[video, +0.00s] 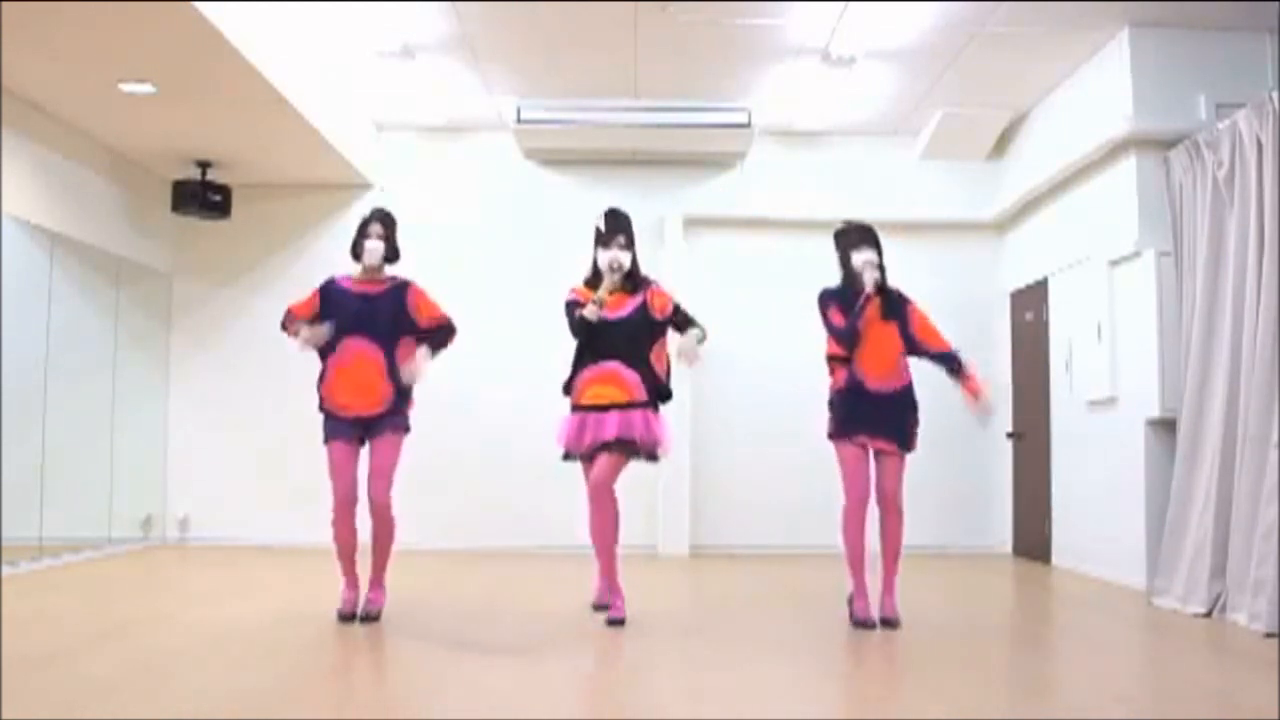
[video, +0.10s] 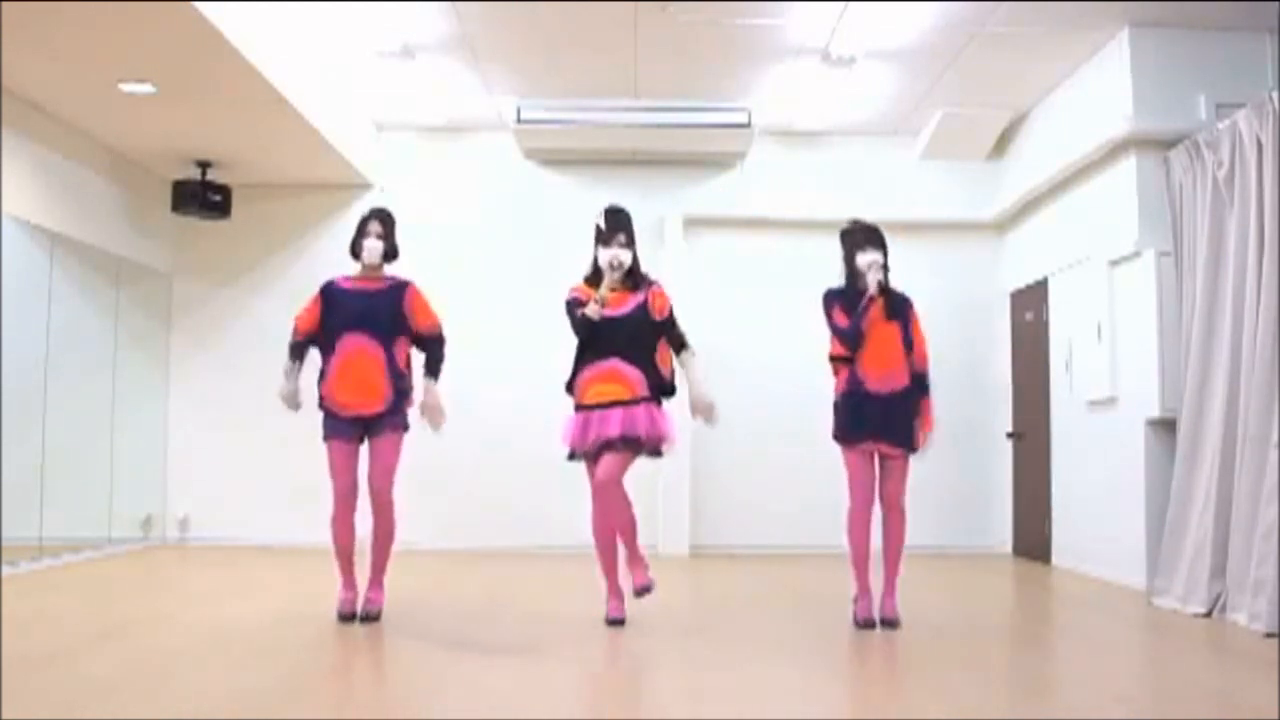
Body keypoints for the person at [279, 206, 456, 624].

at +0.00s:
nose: (374, 244)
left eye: (382, 238)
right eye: (368, 237)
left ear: (391, 247)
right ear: (356, 244)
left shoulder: (405, 293)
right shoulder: (333, 290)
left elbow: (444, 328)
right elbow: (289, 317)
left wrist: (419, 356)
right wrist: (307, 333)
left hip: (388, 408)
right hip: (340, 408)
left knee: (379, 498)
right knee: (344, 500)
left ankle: (376, 586)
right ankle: (349, 587)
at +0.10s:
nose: (372, 242)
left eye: (380, 237)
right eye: (367, 236)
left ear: (391, 246)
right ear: (355, 243)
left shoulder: (404, 293)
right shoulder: (332, 291)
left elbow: (432, 338)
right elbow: (303, 332)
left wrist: (431, 385)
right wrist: (292, 372)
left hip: (388, 407)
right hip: (340, 406)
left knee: (380, 493)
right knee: (344, 495)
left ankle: (375, 587)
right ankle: (347, 586)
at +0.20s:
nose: (370, 246)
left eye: (378, 241)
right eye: (364, 239)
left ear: (388, 249)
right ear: (354, 245)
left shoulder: (401, 298)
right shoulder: (333, 295)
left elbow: (413, 354)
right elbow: (315, 352)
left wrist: (425, 407)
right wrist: (302, 401)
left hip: (387, 408)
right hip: (339, 407)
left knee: (381, 495)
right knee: (344, 497)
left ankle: (376, 587)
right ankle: (348, 588)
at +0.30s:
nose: (368, 248)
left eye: (376, 242)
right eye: (362, 241)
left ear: (386, 249)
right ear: (352, 246)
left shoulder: (400, 297)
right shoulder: (333, 294)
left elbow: (408, 355)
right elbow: (324, 350)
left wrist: (408, 406)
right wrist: (320, 402)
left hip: (386, 405)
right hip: (339, 405)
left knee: (378, 494)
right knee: (344, 496)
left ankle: (374, 586)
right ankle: (347, 586)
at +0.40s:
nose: (366, 248)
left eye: (374, 242)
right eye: (360, 241)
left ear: (385, 249)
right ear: (351, 246)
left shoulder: (399, 297)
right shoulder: (332, 294)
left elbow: (405, 356)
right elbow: (326, 351)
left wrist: (405, 406)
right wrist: (324, 401)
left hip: (385, 403)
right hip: (339, 402)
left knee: (377, 494)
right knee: (344, 495)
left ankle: (373, 585)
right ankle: (347, 584)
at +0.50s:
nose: (365, 248)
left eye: (373, 242)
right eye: (359, 241)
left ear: (384, 249)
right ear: (351, 246)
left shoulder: (399, 296)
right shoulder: (332, 295)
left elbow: (406, 354)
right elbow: (325, 351)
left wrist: (407, 404)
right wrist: (324, 401)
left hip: (385, 403)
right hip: (339, 403)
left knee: (377, 493)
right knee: (344, 495)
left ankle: (373, 586)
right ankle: (348, 586)